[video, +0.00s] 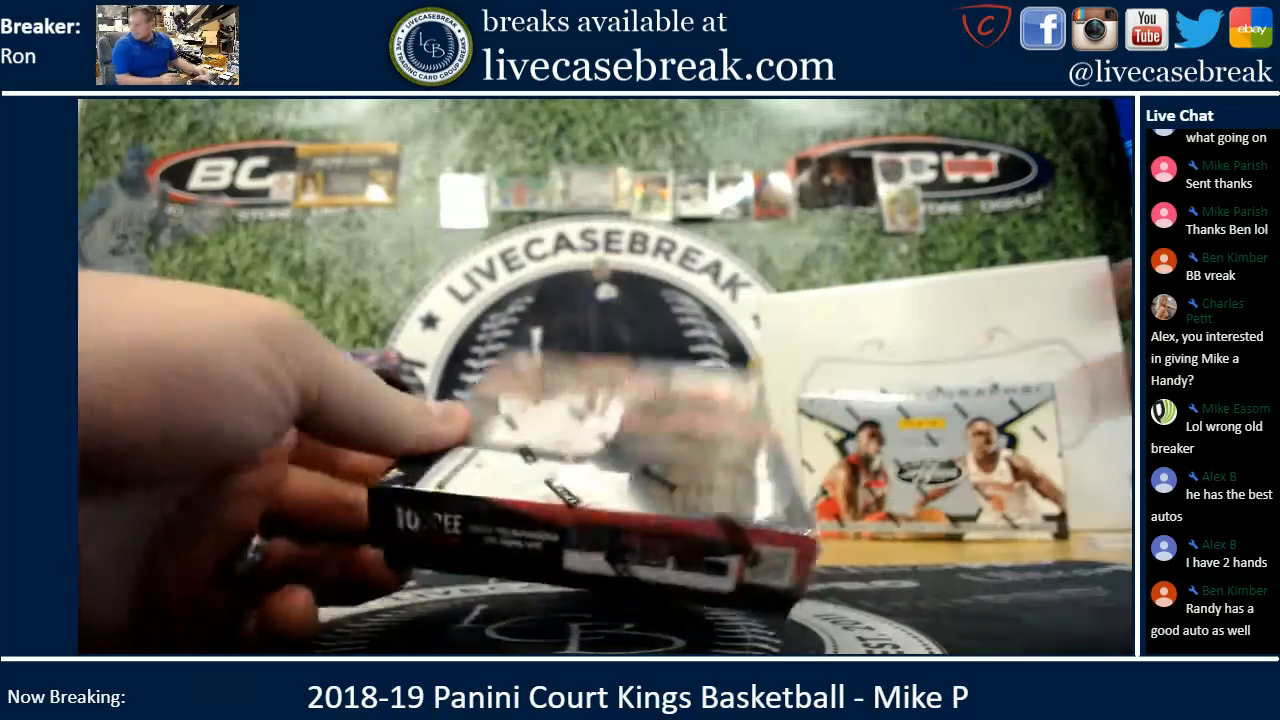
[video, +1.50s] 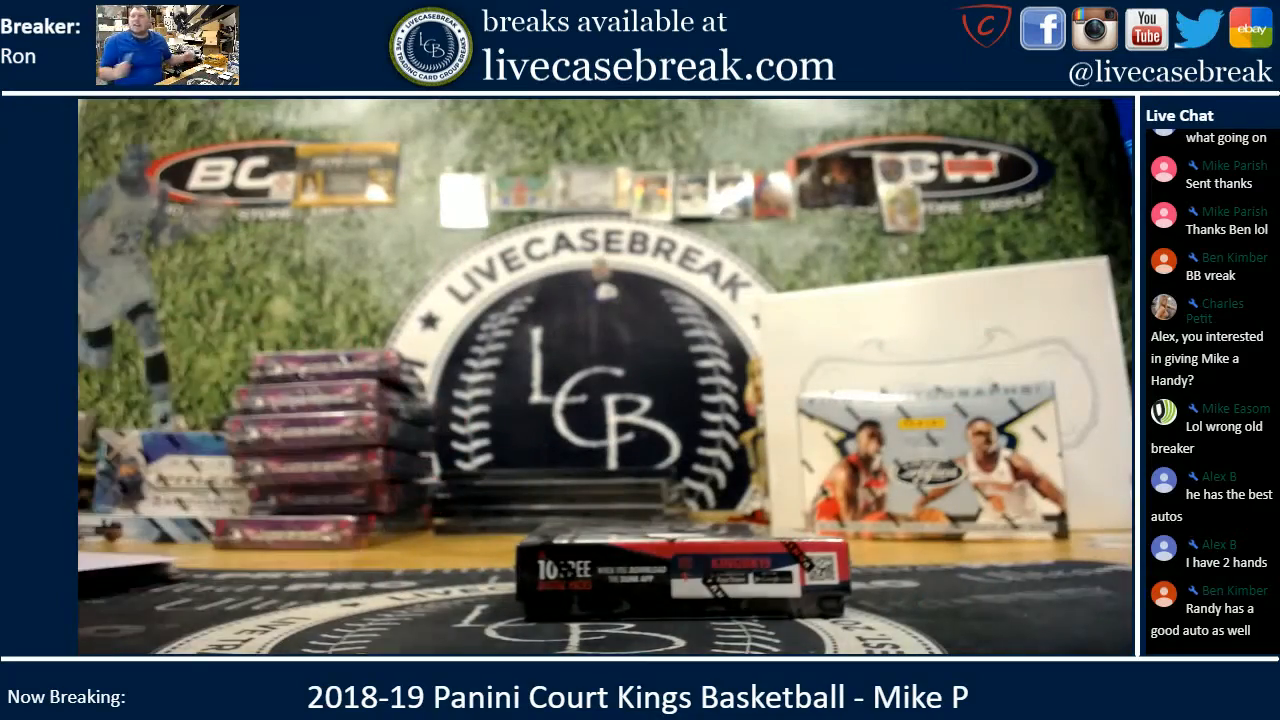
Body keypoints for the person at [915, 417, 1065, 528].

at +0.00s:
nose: (985, 439)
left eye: (989, 434)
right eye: (979, 435)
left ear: (995, 437)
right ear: (969, 439)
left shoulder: (1013, 461)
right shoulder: (965, 464)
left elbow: (1039, 482)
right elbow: (945, 486)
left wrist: (1063, 504)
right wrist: (919, 504)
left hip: (1025, 519)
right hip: (991, 520)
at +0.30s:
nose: (985, 439)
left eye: (989, 434)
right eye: (979, 434)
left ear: (995, 437)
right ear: (969, 438)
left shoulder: (1013, 461)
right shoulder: (965, 465)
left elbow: (1039, 481)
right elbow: (945, 486)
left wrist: (1063, 504)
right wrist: (920, 504)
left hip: (1025, 519)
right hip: (991, 520)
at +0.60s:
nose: (984, 439)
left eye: (988, 434)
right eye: (979, 435)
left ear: (995, 437)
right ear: (969, 438)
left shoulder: (1013, 461)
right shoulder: (964, 464)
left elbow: (1038, 481)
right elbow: (945, 486)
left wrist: (1063, 504)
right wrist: (920, 503)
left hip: (1026, 521)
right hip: (990, 522)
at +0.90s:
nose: (985, 439)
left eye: (988, 434)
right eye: (979, 434)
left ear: (995, 437)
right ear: (969, 438)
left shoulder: (1014, 462)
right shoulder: (964, 464)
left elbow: (1038, 481)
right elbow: (945, 485)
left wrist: (1062, 504)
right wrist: (921, 503)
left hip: (1025, 520)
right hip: (989, 521)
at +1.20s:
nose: (985, 439)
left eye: (988, 434)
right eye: (979, 434)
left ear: (995, 437)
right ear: (969, 438)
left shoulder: (1013, 461)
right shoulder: (964, 464)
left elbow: (1038, 481)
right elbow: (945, 486)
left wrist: (1063, 503)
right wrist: (922, 502)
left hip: (1025, 519)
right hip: (989, 521)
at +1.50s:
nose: (985, 439)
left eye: (989, 434)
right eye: (979, 434)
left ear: (995, 437)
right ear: (969, 438)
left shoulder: (1013, 461)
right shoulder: (964, 464)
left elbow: (1038, 481)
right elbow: (946, 485)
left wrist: (1063, 503)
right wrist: (924, 501)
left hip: (1025, 519)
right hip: (990, 520)